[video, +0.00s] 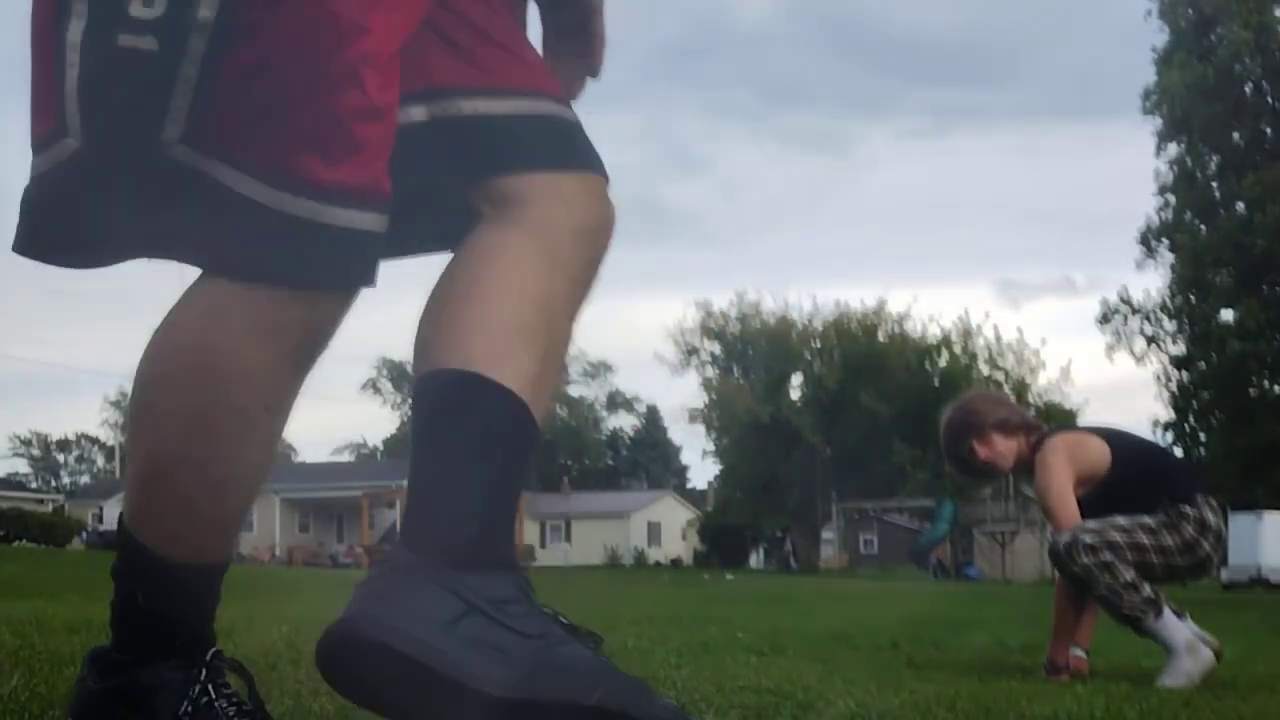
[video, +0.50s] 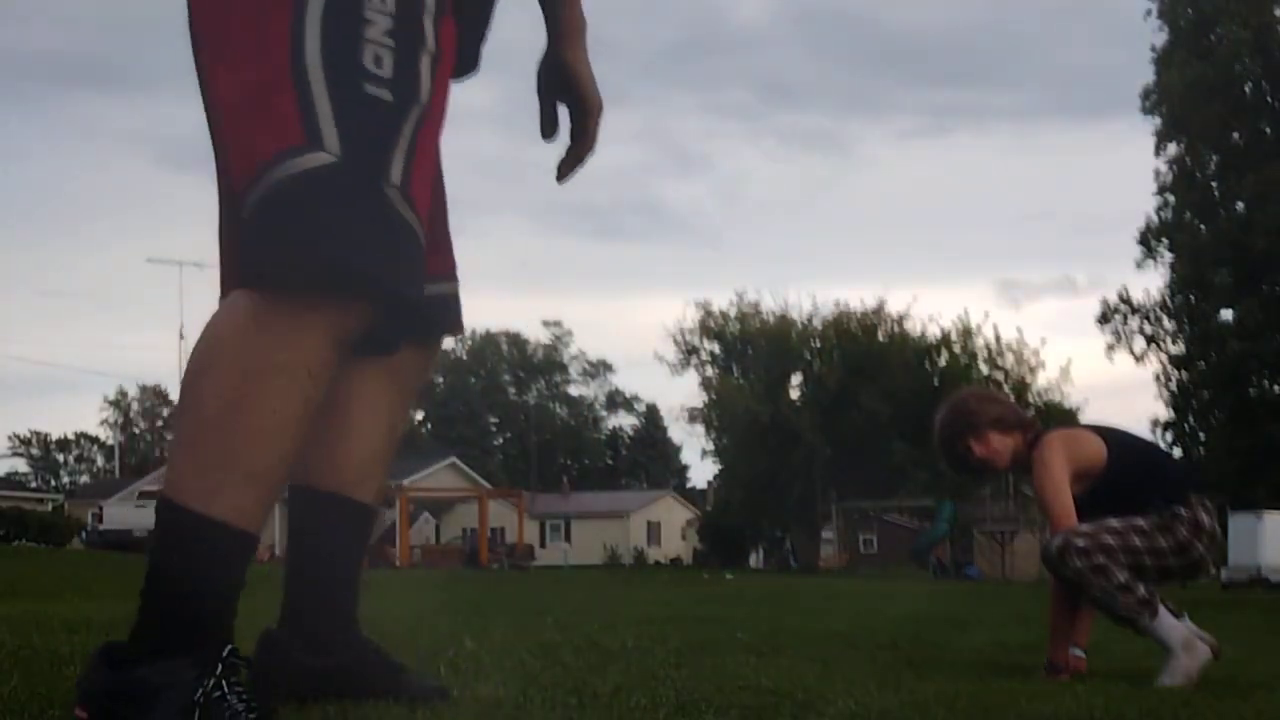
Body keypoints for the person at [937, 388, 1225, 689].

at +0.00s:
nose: (980, 454)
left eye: (981, 438)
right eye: (971, 451)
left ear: (1004, 421)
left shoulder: (1051, 459)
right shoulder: (1058, 453)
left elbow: (1074, 567)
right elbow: (1090, 564)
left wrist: (1058, 653)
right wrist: (1080, 648)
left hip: (1193, 530)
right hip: (1192, 528)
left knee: (1071, 545)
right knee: (1088, 546)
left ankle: (1186, 649)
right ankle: (1187, 634)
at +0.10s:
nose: (979, 455)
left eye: (979, 439)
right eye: (970, 452)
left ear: (1003, 422)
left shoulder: (1049, 457)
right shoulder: (1054, 454)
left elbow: (1072, 564)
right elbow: (1086, 561)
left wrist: (1062, 649)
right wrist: (1079, 646)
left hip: (1191, 528)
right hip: (1187, 529)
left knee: (1072, 547)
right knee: (1084, 548)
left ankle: (1186, 647)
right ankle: (1185, 634)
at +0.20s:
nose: (978, 455)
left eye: (977, 440)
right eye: (969, 452)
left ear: (999, 424)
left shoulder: (1048, 455)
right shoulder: (1054, 453)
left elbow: (1070, 563)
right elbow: (1085, 562)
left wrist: (1060, 649)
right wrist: (1079, 646)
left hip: (1189, 528)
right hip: (1185, 528)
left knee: (1070, 549)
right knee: (1083, 549)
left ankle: (1186, 647)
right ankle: (1184, 633)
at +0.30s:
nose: (977, 454)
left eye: (977, 438)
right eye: (968, 450)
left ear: (999, 422)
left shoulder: (1048, 454)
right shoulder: (1051, 454)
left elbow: (1069, 562)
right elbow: (1082, 561)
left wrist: (1059, 650)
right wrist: (1078, 647)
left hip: (1188, 528)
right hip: (1183, 528)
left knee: (1068, 549)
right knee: (1080, 551)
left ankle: (1185, 647)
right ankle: (1184, 633)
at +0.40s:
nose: (977, 453)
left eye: (977, 437)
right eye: (968, 450)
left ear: (1000, 421)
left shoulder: (1048, 453)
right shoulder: (1050, 454)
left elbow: (1067, 560)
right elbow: (1082, 561)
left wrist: (1059, 649)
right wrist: (1078, 647)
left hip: (1188, 527)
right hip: (1181, 528)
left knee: (1069, 549)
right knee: (1080, 551)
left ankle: (1184, 646)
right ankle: (1184, 633)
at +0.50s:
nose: (978, 453)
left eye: (979, 437)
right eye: (969, 450)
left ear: (1003, 420)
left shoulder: (1049, 452)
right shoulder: (1051, 454)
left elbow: (1068, 560)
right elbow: (1082, 560)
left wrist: (1059, 650)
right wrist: (1078, 648)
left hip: (1188, 529)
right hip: (1180, 529)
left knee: (1067, 548)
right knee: (1081, 551)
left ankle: (1184, 645)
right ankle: (1183, 633)